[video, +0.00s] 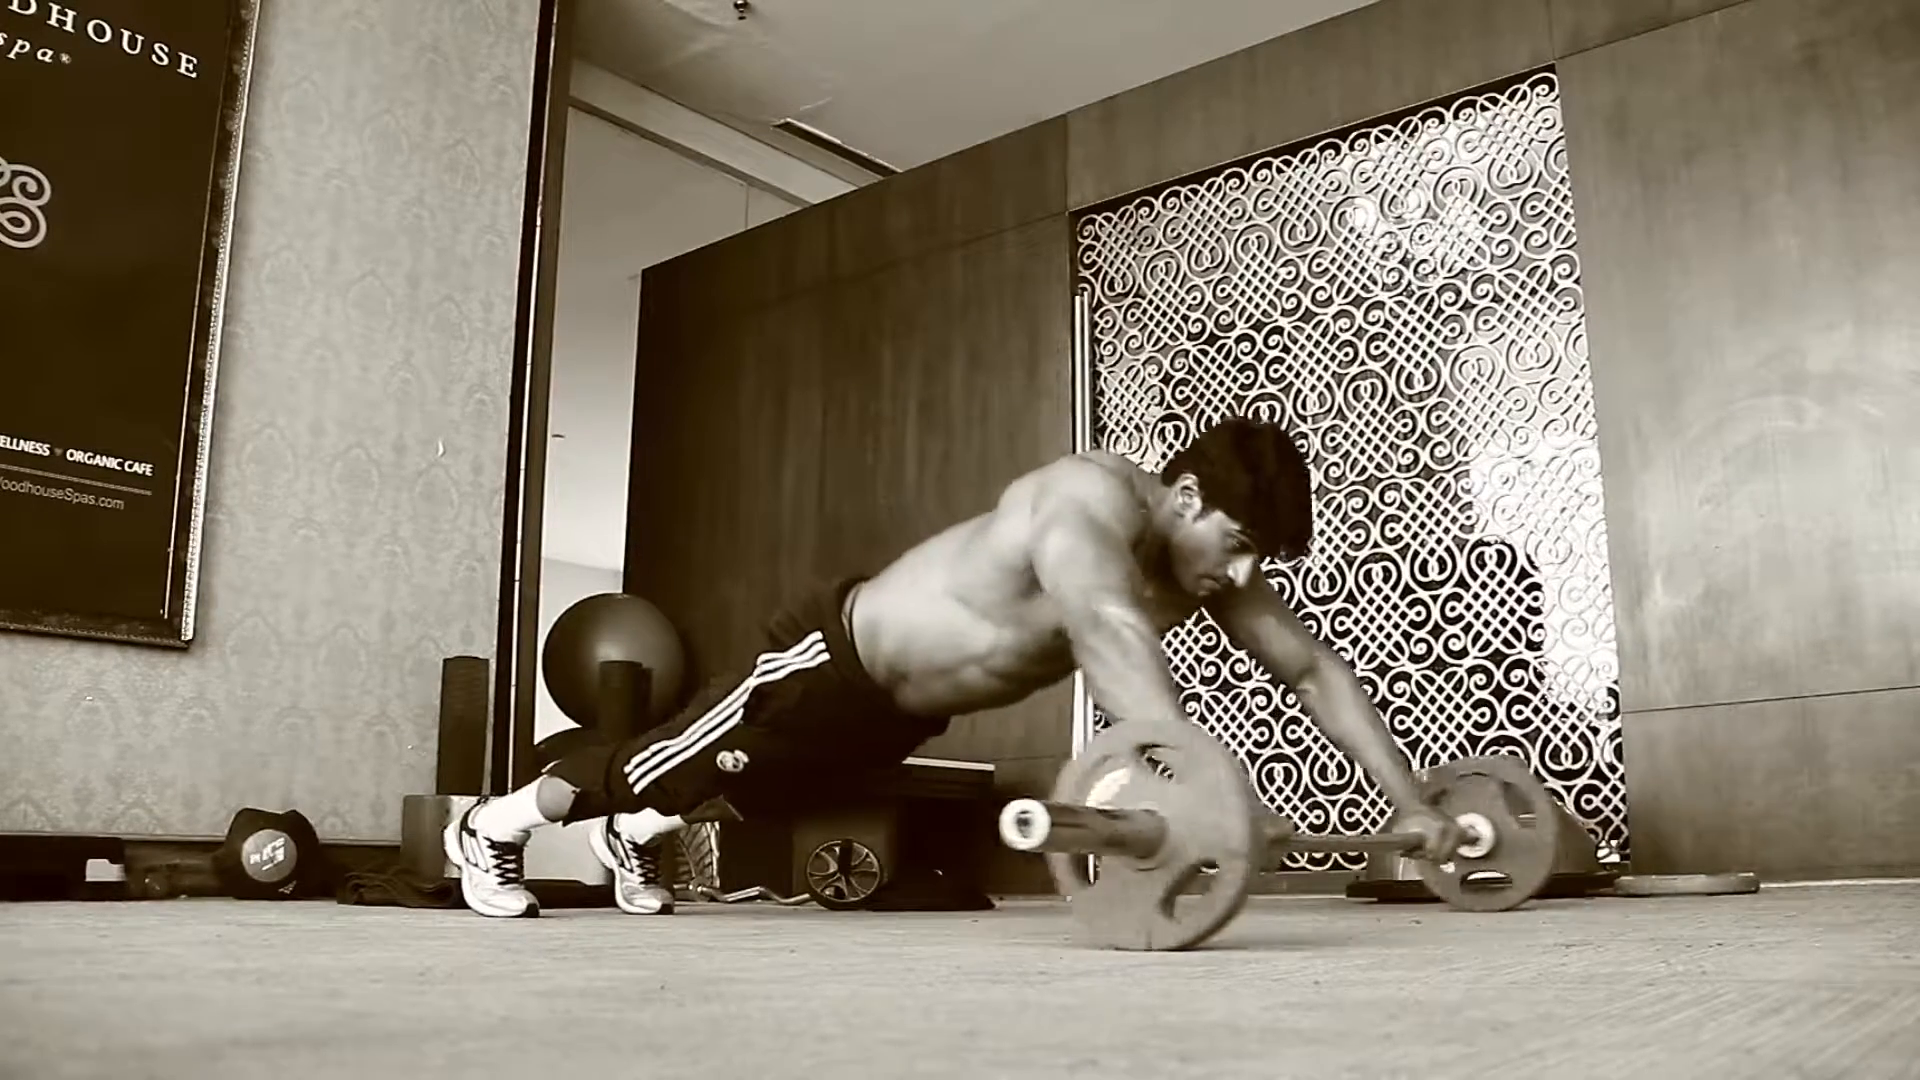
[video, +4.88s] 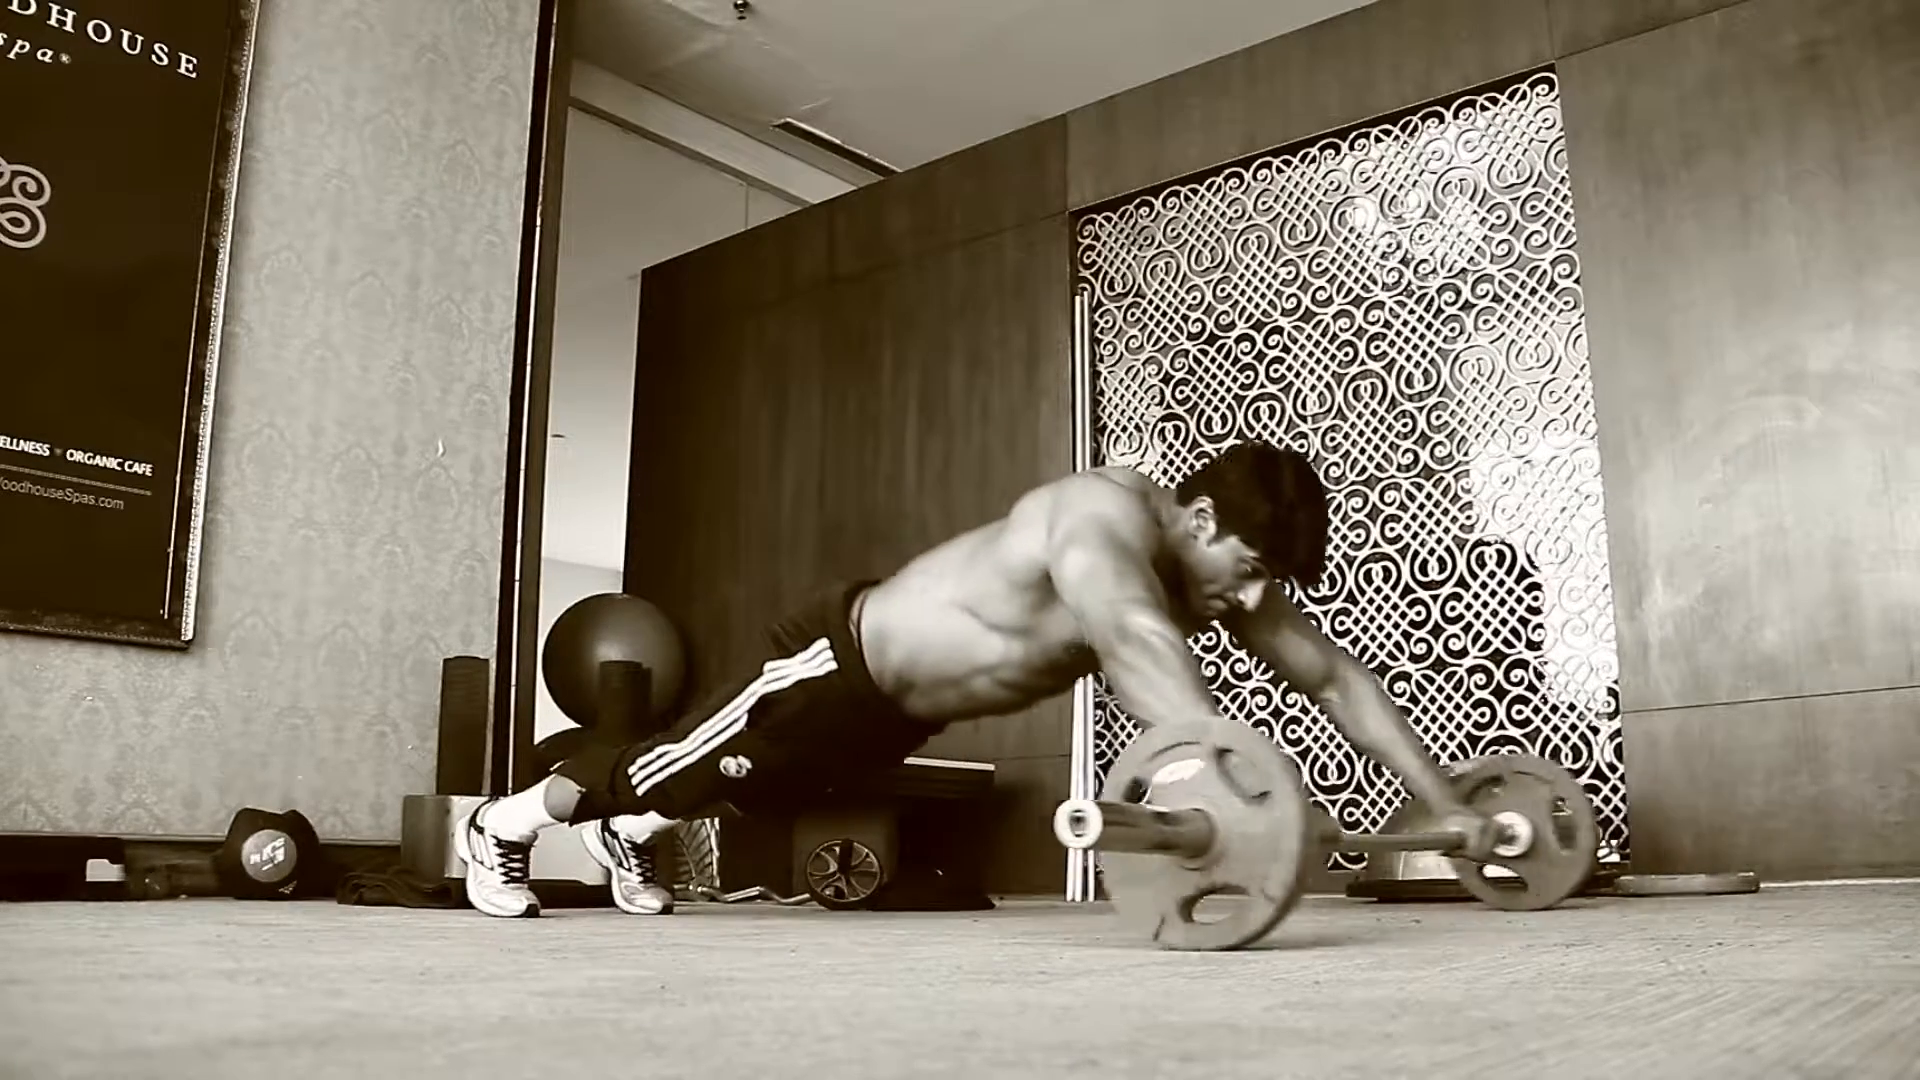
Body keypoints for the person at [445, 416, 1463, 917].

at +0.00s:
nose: (1237, 579)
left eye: (1252, 564)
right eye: (1240, 553)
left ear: (1228, 526)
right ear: (1200, 496)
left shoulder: (1183, 553)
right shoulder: (1090, 498)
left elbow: (1310, 668)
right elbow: (1105, 634)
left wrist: (1407, 791)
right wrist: (1193, 756)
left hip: (899, 712)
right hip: (839, 659)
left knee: (761, 800)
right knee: (668, 765)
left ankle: (628, 843)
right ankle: (495, 820)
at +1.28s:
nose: (1191, 550)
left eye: (1207, 537)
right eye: (1193, 526)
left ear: (1200, 499)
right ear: (1156, 466)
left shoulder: (1162, 524)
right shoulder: (1039, 454)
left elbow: (1238, 656)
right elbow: (1010, 618)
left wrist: (1293, 805)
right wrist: (1046, 796)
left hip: (871, 622)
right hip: (803, 568)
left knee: (737, 731)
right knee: (647, 706)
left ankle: (620, 829)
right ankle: (496, 822)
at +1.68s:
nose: (1100, 546)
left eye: (1116, 535)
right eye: (1102, 523)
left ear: (1081, 479)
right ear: (1064, 466)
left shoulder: (1062, 505)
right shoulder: (945, 460)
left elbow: (1116, 655)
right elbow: (892, 624)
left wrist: (1136, 813)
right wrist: (904, 801)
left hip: (820, 558)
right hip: (743, 501)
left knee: (705, 698)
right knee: (616, 673)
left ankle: (614, 834)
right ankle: (484, 826)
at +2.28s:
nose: (942, 574)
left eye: (958, 563)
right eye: (940, 551)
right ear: (908, 501)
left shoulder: (938, 507)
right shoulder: (796, 475)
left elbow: (972, 674)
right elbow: (744, 638)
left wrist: (986, 820)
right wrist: (738, 807)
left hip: (727, 507)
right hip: (648, 464)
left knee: (660, 686)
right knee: (559, 663)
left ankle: (613, 845)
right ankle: (473, 852)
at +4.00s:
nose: (1057, 541)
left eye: (1071, 529)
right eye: (1056, 519)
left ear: (1051, 501)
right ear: (1012, 472)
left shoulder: (1020, 525)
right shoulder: (896, 474)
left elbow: (1088, 670)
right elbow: (864, 638)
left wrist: (1138, 811)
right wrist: (890, 805)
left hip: (784, 562)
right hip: (708, 507)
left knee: (684, 709)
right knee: (596, 686)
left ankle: (596, 855)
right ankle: (471, 854)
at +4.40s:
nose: (1162, 537)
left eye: (1179, 524)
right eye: (1161, 512)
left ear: (1156, 495)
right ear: (1117, 464)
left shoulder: (1134, 535)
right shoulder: (1006, 477)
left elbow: (1224, 665)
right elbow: (1004, 628)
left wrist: (1298, 814)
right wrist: (1050, 793)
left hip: (852, 640)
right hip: (782, 585)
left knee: (725, 753)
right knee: (637, 728)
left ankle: (608, 843)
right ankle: (479, 840)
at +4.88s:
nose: (1246, 598)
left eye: (1262, 582)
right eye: (1249, 573)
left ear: (1249, 553)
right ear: (1213, 515)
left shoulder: (1198, 560)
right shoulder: (1104, 512)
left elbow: (1330, 674)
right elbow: (1125, 637)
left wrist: (1424, 786)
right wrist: (1205, 738)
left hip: (904, 707)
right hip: (849, 663)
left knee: (752, 785)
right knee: (671, 770)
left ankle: (627, 842)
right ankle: (505, 821)